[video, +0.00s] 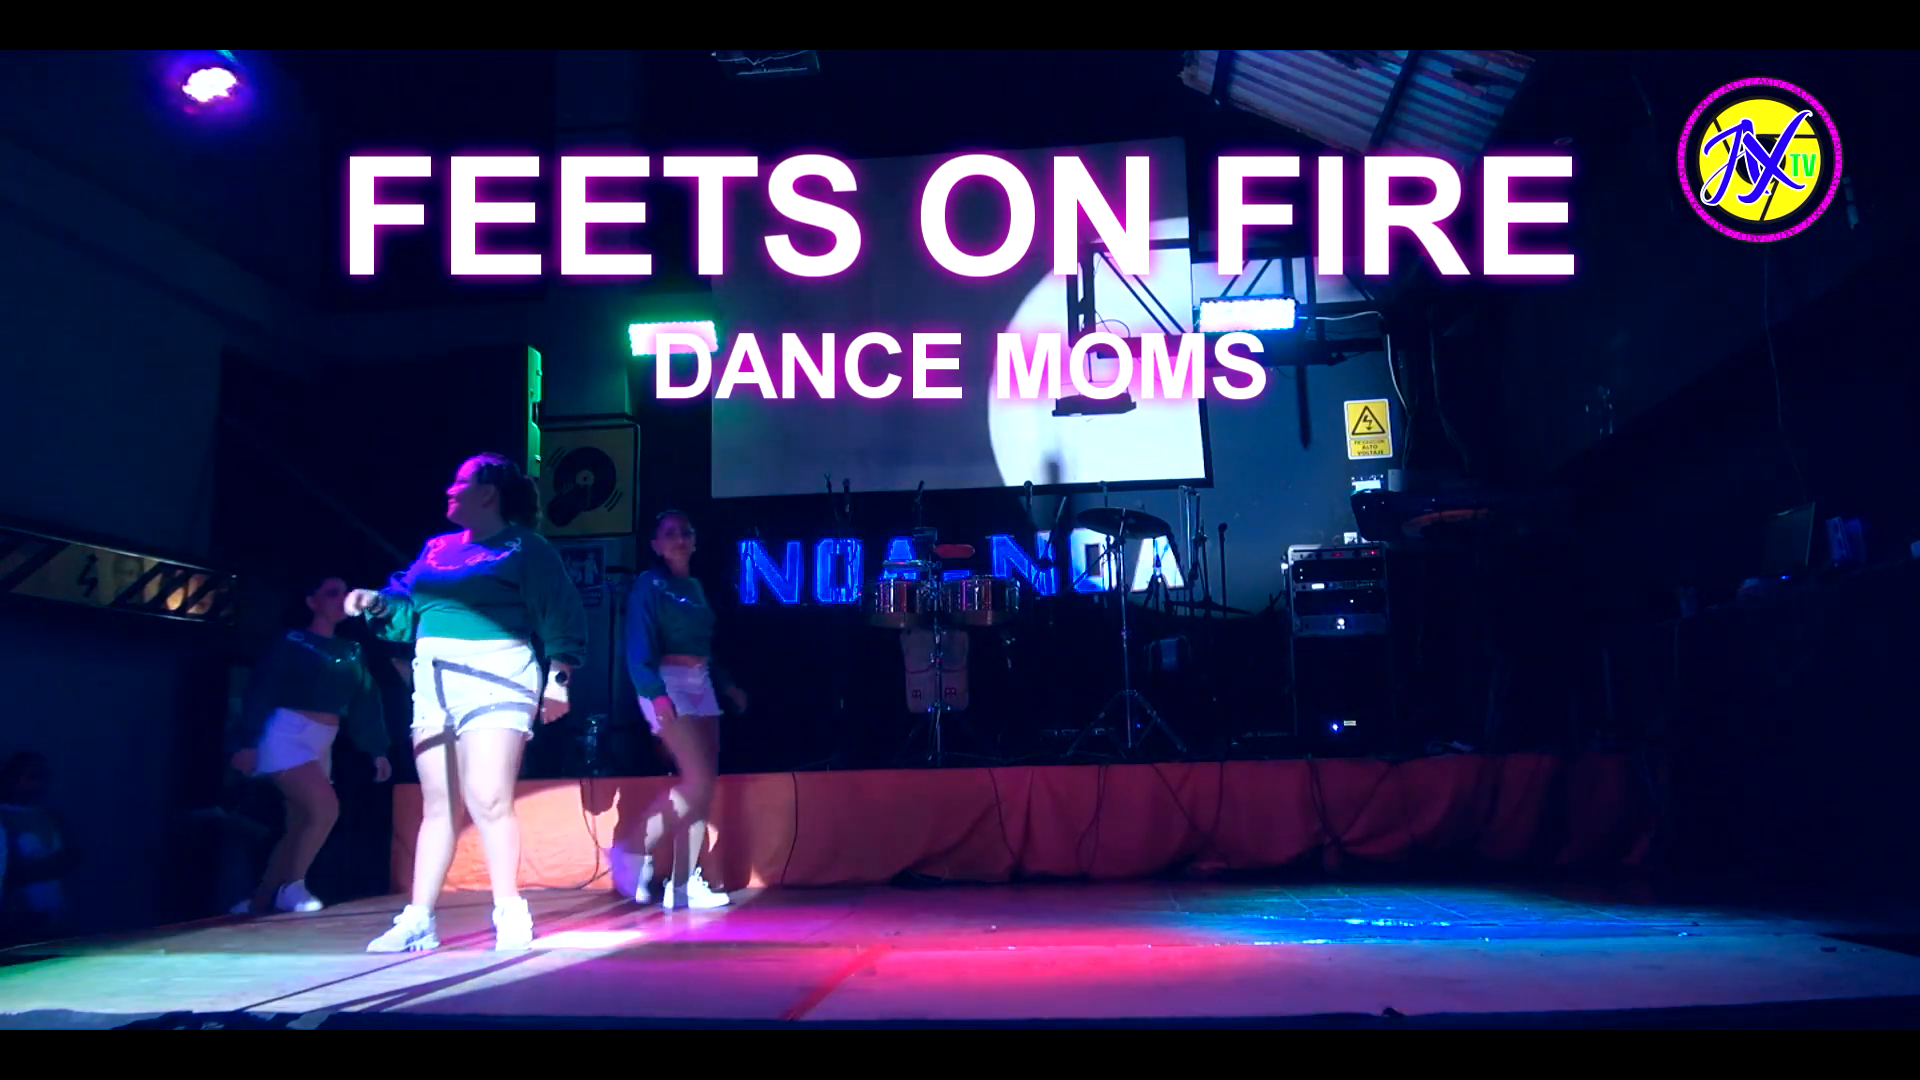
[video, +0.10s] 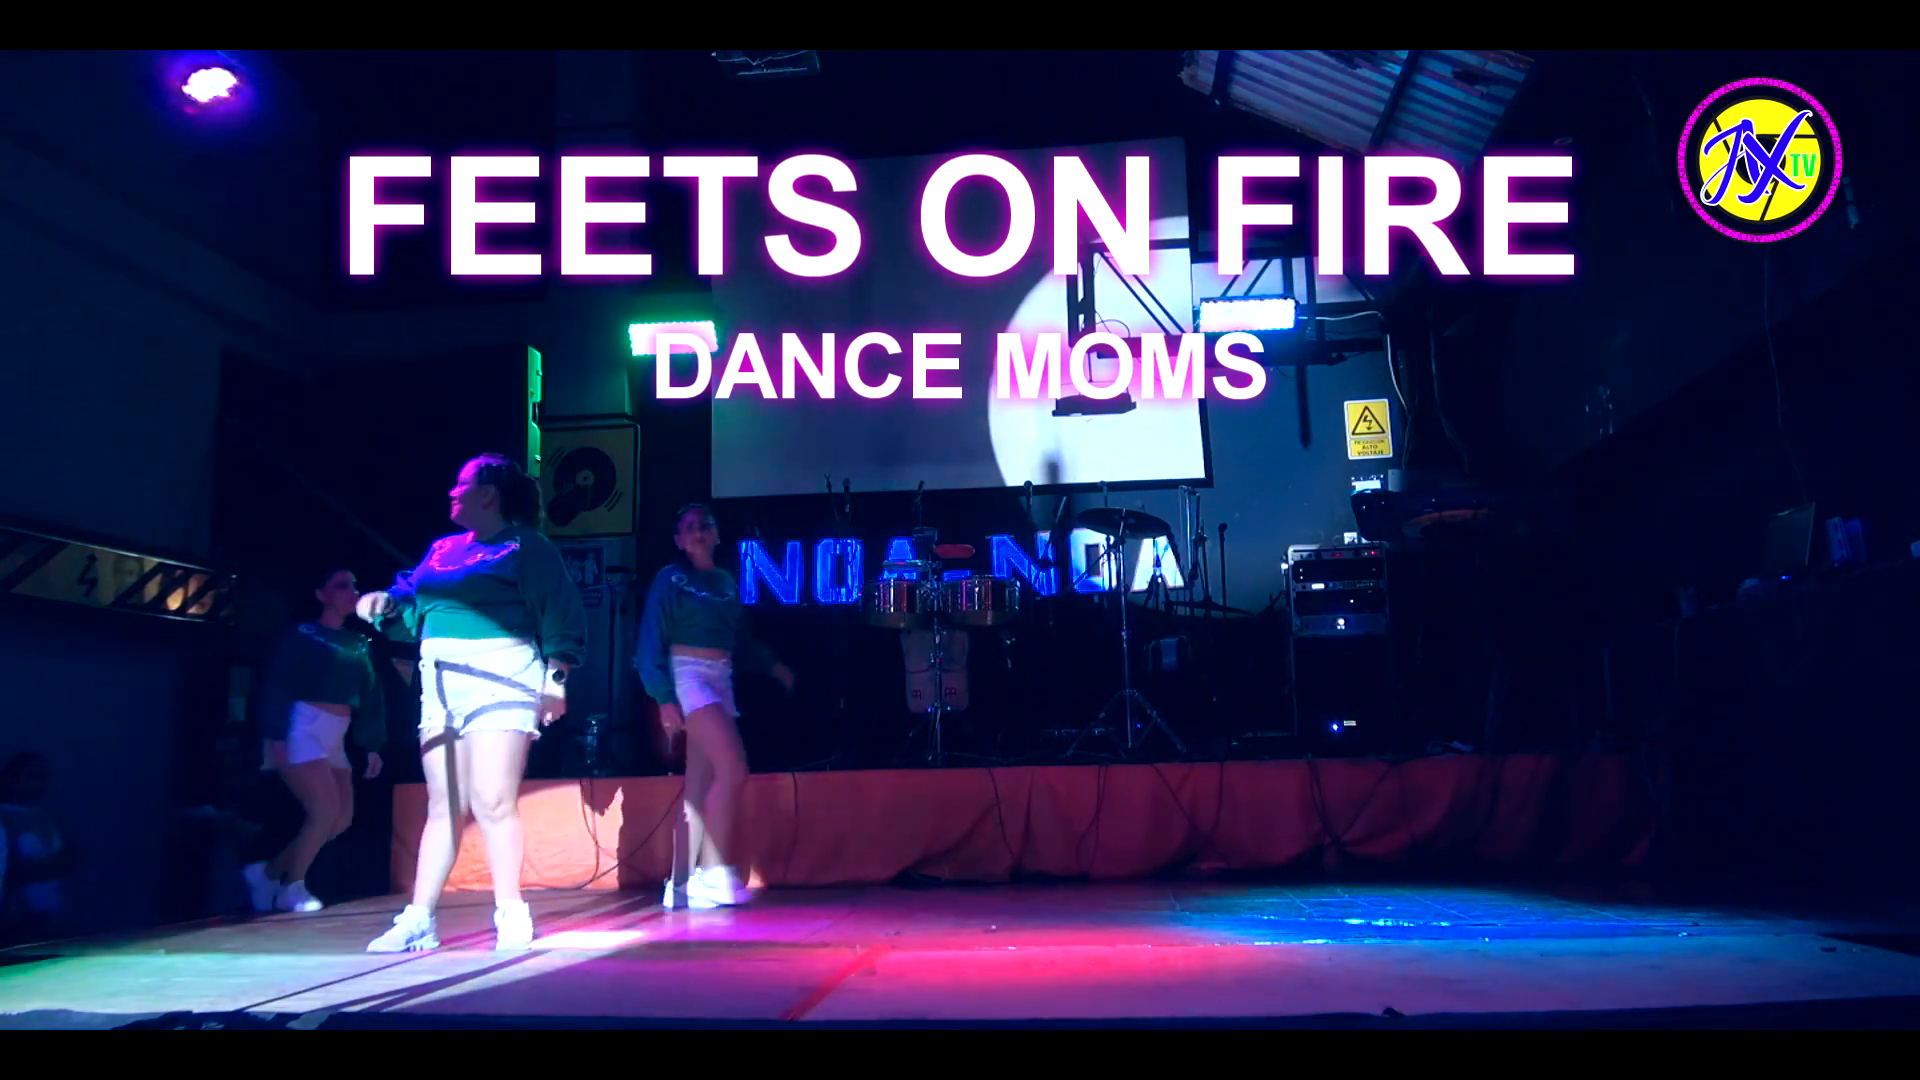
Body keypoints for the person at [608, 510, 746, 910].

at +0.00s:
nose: (680, 540)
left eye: (685, 533)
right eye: (671, 535)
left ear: (693, 540)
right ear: (657, 545)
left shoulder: (697, 589)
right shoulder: (649, 585)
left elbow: (704, 649)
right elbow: (639, 645)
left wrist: (726, 685)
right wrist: (655, 693)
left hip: (702, 680)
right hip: (666, 681)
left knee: (702, 785)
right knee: (697, 781)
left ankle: (684, 883)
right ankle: (633, 849)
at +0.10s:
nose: (698, 534)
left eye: (704, 526)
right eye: (690, 528)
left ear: (716, 534)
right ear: (679, 538)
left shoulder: (726, 583)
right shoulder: (670, 581)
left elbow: (740, 640)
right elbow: (650, 645)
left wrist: (772, 666)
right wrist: (664, 699)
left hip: (721, 673)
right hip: (686, 671)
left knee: (698, 783)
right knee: (731, 766)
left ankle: (682, 881)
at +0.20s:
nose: (722, 536)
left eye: (727, 528)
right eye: (714, 531)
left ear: (738, 533)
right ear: (704, 540)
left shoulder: (754, 583)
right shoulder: (692, 583)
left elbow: (778, 631)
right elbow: (665, 642)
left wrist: (812, 652)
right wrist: (675, 700)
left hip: (742, 679)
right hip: (706, 676)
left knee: (705, 786)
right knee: (751, 770)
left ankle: (683, 882)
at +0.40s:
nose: (773, 539)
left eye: (778, 532)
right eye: (765, 533)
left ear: (788, 535)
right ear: (751, 541)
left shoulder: (804, 585)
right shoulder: (741, 588)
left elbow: (836, 635)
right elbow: (714, 647)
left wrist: (870, 674)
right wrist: (724, 701)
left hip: (799, 680)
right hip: (759, 677)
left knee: (790, 788)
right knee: (800, 778)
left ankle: (716, 857)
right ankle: (819, 882)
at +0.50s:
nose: (807, 536)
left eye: (809, 529)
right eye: (796, 531)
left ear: (816, 533)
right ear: (778, 541)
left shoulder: (828, 583)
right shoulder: (770, 587)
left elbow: (850, 644)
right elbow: (741, 653)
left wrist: (870, 694)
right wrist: (762, 696)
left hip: (825, 677)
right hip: (786, 674)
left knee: (849, 783)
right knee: (814, 781)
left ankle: (769, 843)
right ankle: (819, 882)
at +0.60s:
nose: (840, 526)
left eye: (840, 519)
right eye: (829, 521)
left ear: (843, 526)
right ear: (807, 532)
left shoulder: (849, 576)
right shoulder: (797, 578)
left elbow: (863, 635)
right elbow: (773, 645)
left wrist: (866, 679)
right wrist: (802, 678)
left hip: (848, 673)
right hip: (807, 672)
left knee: (889, 764)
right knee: (821, 774)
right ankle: (819, 881)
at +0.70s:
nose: (869, 521)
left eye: (869, 515)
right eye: (859, 516)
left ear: (871, 523)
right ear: (836, 526)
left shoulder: (874, 572)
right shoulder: (822, 570)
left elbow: (882, 627)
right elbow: (805, 635)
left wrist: (910, 618)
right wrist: (843, 660)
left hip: (877, 676)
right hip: (832, 676)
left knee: (914, 765)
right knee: (828, 775)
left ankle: (926, 873)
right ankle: (821, 881)